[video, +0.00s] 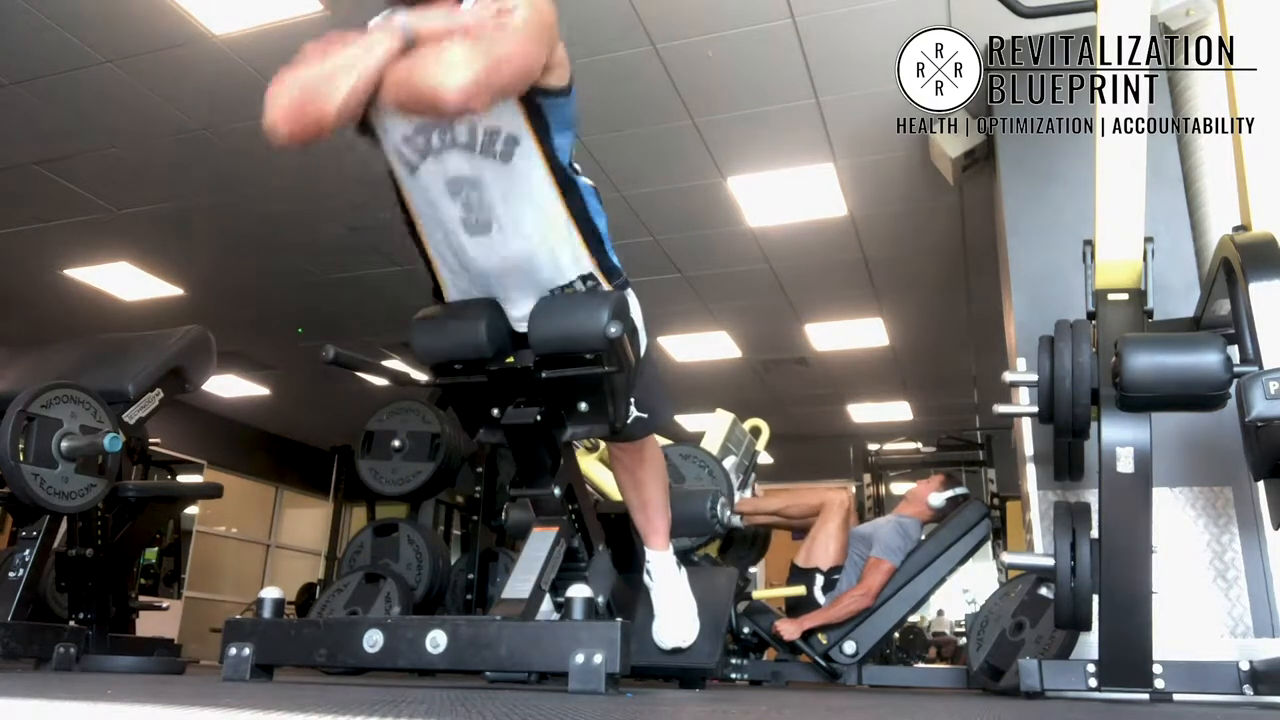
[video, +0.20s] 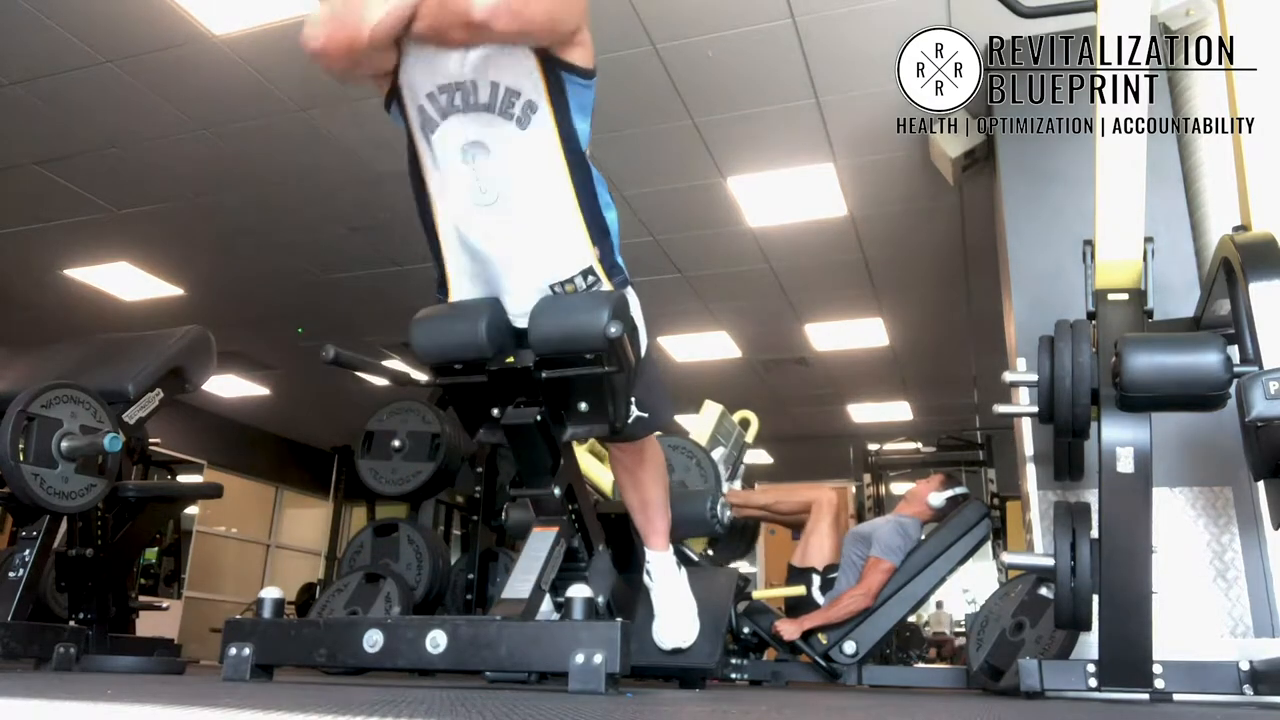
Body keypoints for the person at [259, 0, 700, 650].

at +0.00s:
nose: (435, 5)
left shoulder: (524, 14)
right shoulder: (363, 45)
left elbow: (458, 87)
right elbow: (283, 119)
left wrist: (359, 67)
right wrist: (397, 34)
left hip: (576, 286)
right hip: (478, 303)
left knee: (629, 425)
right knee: (520, 442)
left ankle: (661, 564)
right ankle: (549, 547)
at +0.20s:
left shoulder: (560, 11)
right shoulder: (410, 45)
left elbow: (470, 21)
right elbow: (329, 44)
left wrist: (383, 17)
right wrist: (418, 5)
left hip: (575, 258)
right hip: (473, 274)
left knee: (627, 420)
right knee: (508, 431)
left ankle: (660, 561)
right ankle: (542, 554)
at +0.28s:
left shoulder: (568, 10)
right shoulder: (412, 44)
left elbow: (487, 11)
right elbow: (335, 28)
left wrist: (394, 11)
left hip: (579, 266)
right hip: (474, 283)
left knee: (629, 421)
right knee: (510, 438)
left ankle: (660, 561)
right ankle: (543, 552)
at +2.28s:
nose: (349, 14)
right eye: (340, 2)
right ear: (332, 14)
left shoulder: (501, 56)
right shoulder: (323, 95)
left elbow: (451, 164)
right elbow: (265, 210)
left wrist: (342, 132)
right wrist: (379, 115)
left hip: (577, 290)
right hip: (479, 306)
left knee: (632, 429)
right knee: (514, 441)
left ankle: (661, 564)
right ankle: (547, 536)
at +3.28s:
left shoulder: (536, 12)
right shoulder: (363, 42)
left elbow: (466, 77)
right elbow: (286, 107)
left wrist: (358, 55)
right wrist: (404, 20)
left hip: (577, 284)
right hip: (478, 303)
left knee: (628, 426)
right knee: (519, 437)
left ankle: (660, 560)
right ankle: (549, 535)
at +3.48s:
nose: (343, 30)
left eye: (363, 6)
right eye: (330, 11)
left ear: (416, 7)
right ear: (319, 21)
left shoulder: (497, 79)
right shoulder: (311, 124)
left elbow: (454, 213)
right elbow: (272, 253)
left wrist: (336, 173)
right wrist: (384, 155)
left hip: (571, 291)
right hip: (470, 309)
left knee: (629, 422)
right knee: (510, 434)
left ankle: (661, 559)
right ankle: (547, 531)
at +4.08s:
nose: (352, 390)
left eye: (365, 371)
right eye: (334, 375)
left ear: (408, 313)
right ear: (307, 345)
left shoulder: (503, 310)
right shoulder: (317, 351)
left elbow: (518, 502)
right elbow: (351, 506)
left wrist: (392, 447)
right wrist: (431, 473)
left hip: (577, 274)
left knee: (630, 422)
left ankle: (661, 562)